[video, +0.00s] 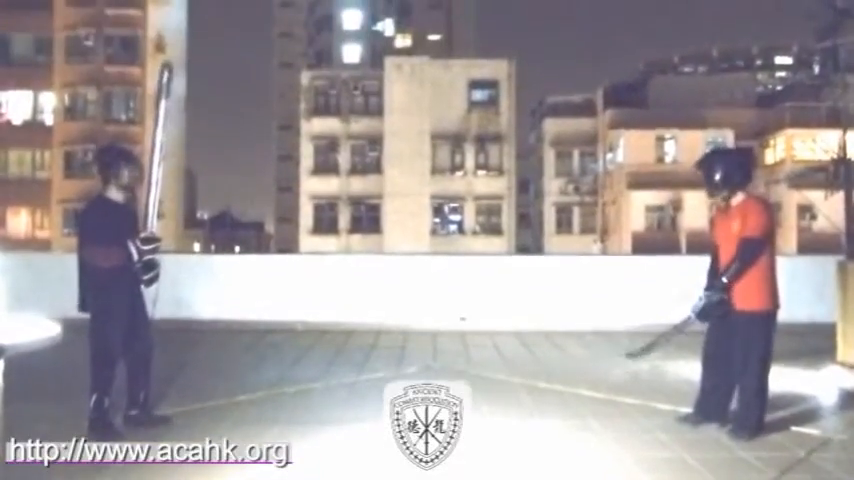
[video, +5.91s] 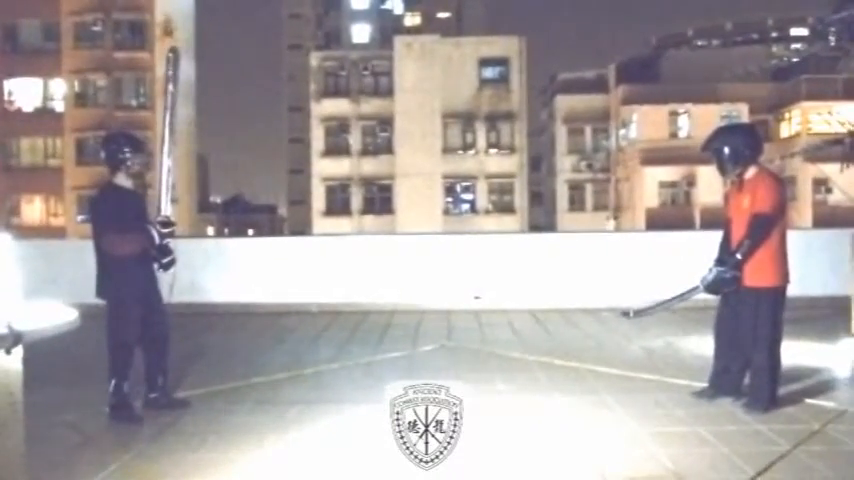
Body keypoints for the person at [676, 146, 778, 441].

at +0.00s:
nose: (709, 184)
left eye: (713, 176)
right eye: (707, 177)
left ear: (729, 176)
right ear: (715, 178)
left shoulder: (756, 209)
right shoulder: (719, 215)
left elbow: (749, 252)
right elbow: (717, 258)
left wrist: (721, 286)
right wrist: (709, 293)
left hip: (755, 303)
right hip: (728, 301)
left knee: (752, 364)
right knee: (717, 357)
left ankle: (748, 420)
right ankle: (709, 409)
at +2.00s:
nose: (719, 189)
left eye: (722, 181)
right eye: (718, 182)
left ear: (738, 178)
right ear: (733, 181)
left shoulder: (766, 208)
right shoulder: (736, 212)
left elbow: (760, 249)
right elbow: (731, 255)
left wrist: (733, 285)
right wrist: (720, 286)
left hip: (764, 302)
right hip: (739, 300)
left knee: (761, 363)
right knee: (727, 356)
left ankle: (758, 420)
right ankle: (719, 408)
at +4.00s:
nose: (710, 183)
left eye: (713, 176)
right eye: (709, 177)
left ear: (729, 173)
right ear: (725, 175)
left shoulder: (760, 203)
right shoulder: (727, 206)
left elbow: (752, 246)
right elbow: (722, 248)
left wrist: (725, 281)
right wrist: (711, 280)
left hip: (755, 295)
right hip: (730, 292)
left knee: (752, 357)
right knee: (719, 349)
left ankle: (750, 414)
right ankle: (712, 402)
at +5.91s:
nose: (718, 164)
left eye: (721, 156)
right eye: (717, 157)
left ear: (737, 153)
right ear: (736, 155)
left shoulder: (767, 184)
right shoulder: (734, 189)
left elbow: (761, 227)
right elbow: (730, 231)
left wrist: (734, 263)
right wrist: (721, 264)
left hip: (765, 277)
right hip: (739, 276)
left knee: (762, 338)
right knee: (729, 331)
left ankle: (761, 394)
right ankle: (724, 383)